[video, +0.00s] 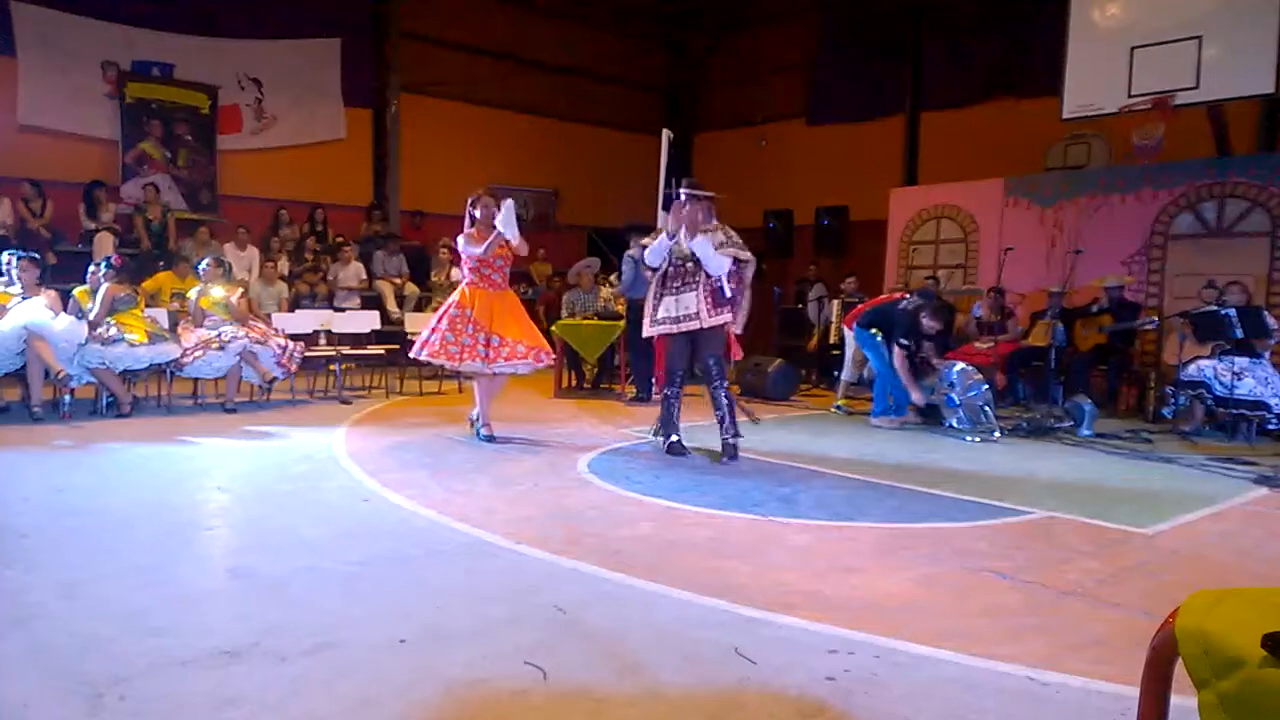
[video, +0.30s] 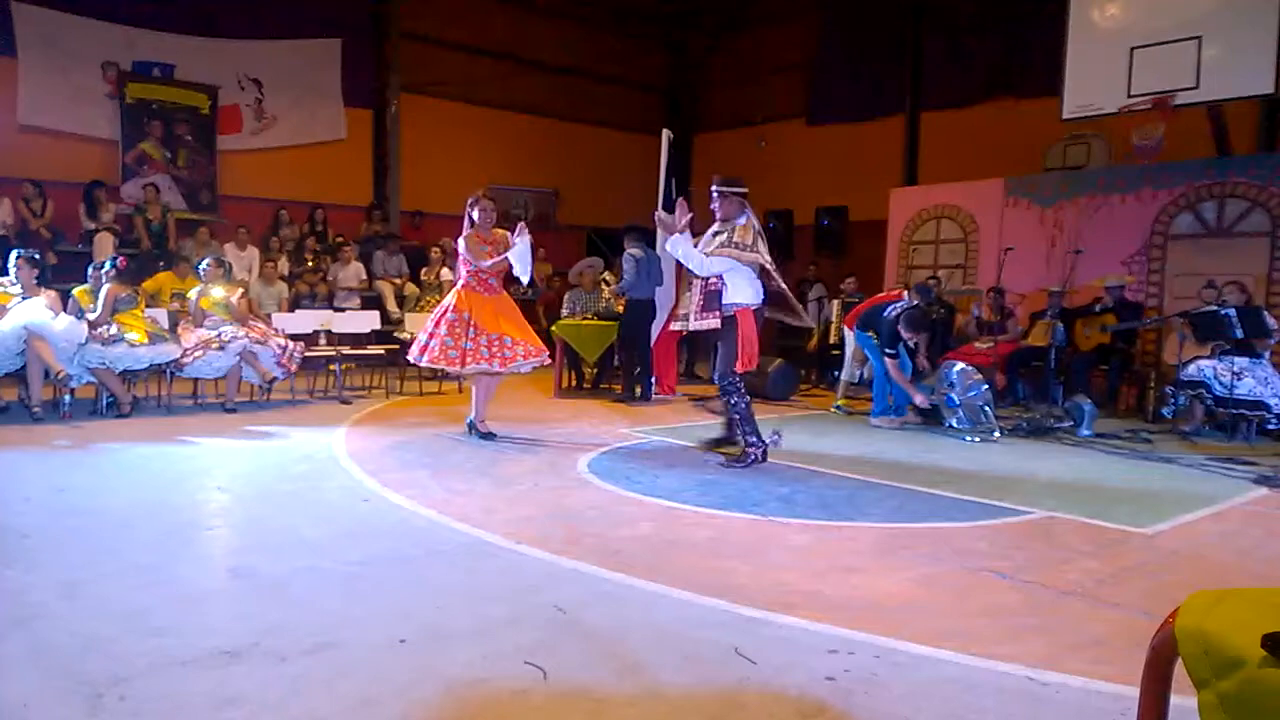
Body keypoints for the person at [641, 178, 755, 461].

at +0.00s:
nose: (682, 212)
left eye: (687, 206)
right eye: (679, 206)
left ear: (702, 208)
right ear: (675, 209)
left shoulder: (721, 235)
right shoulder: (668, 237)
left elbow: (719, 268)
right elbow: (649, 261)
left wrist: (695, 240)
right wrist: (669, 234)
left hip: (711, 315)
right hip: (674, 316)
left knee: (715, 376)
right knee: (674, 376)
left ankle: (729, 438)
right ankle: (671, 434)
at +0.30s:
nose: (715, 205)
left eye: (721, 199)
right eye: (714, 199)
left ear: (738, 203)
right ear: (720, 203)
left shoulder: (741, 236)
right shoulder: (721, 230)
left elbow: (705, 267)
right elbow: (699, 259)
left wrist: (674, 237)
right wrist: (680, 233)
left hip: (739, 311)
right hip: (725, 310)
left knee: (726, 376)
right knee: (724, 374)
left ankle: (754, 444)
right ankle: (733, 433)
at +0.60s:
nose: (752, 212)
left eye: (758, 206)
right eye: (753, 206)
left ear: (776, 210)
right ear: (766, 208)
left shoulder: (781, 241)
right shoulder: (764, 235)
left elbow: (728, 279)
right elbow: (742, 265)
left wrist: (706, 247)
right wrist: (717, 243)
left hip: (767, 324)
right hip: (769, 323)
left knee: (733, 385)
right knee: (786, 389)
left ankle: (757, 449)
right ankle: (845, 440)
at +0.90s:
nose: (788, 203)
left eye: (792, 197)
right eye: (789, 197)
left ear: (807, 200)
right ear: (819, 200)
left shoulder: (792, 235)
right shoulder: (841, 228)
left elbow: (759, 270)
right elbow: (846, 230)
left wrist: (748, 246)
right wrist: (826, 206)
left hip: (805, 323)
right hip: (839, 322)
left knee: (779, 383)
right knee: (833, 394)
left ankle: (765, 454)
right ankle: (857, 468)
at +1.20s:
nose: (805, 189)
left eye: (810, 182)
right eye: (807, 182)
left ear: (823, 184)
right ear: (841, 186)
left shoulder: (807, 224)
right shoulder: (867, 217)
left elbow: (777, 262)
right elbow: (890, 266)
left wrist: (777, 228)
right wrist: (917, 307)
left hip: (817, 318)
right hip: (857, 314)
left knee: (798, 386)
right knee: (850, 386)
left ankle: (823, 464)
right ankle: (859, 461)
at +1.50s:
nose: (809, 183)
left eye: (814, 177)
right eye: (812, 176)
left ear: (826, 181)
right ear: (843, 184)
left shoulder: (812, 222)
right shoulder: (859, 217)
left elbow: (772, 255)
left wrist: (771, 220)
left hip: (818, 316)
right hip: (844, 314)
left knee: (827, 394)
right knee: (833, 391)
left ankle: (841, 482)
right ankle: (848, 464)